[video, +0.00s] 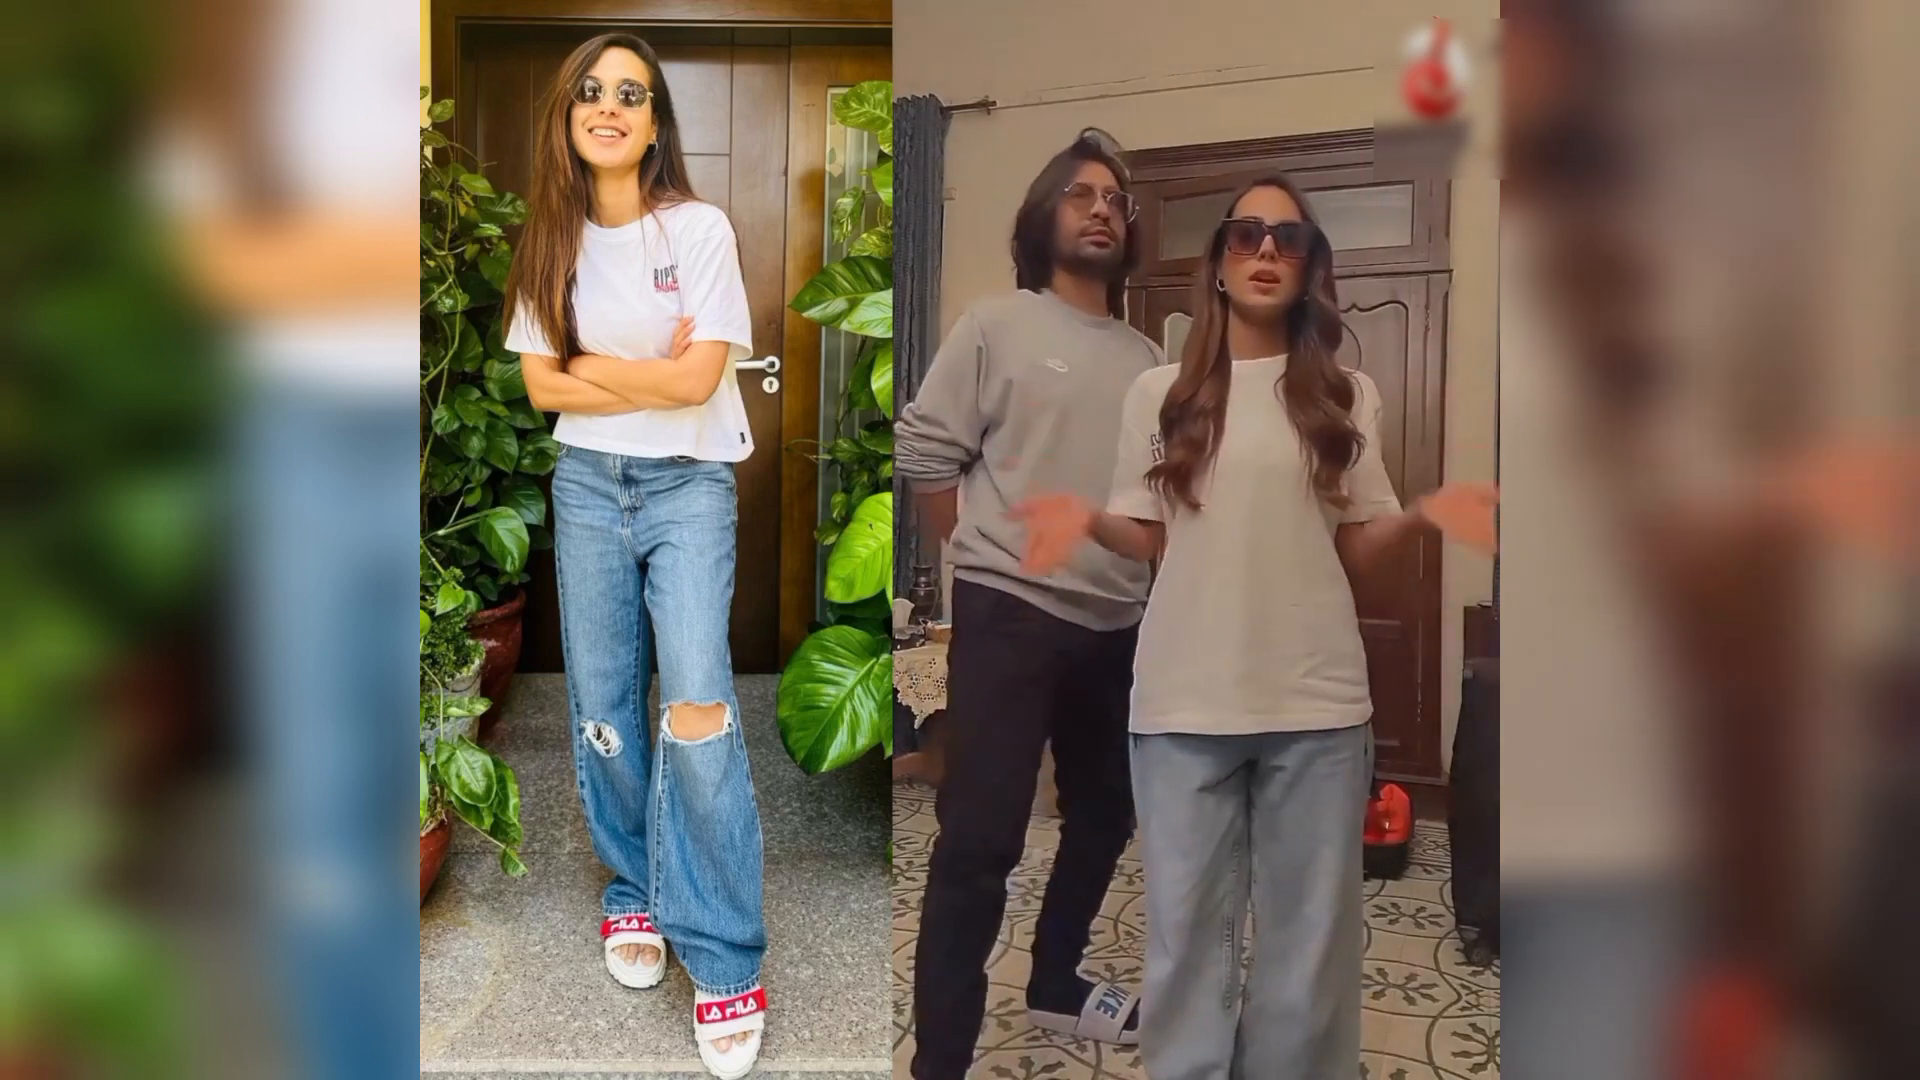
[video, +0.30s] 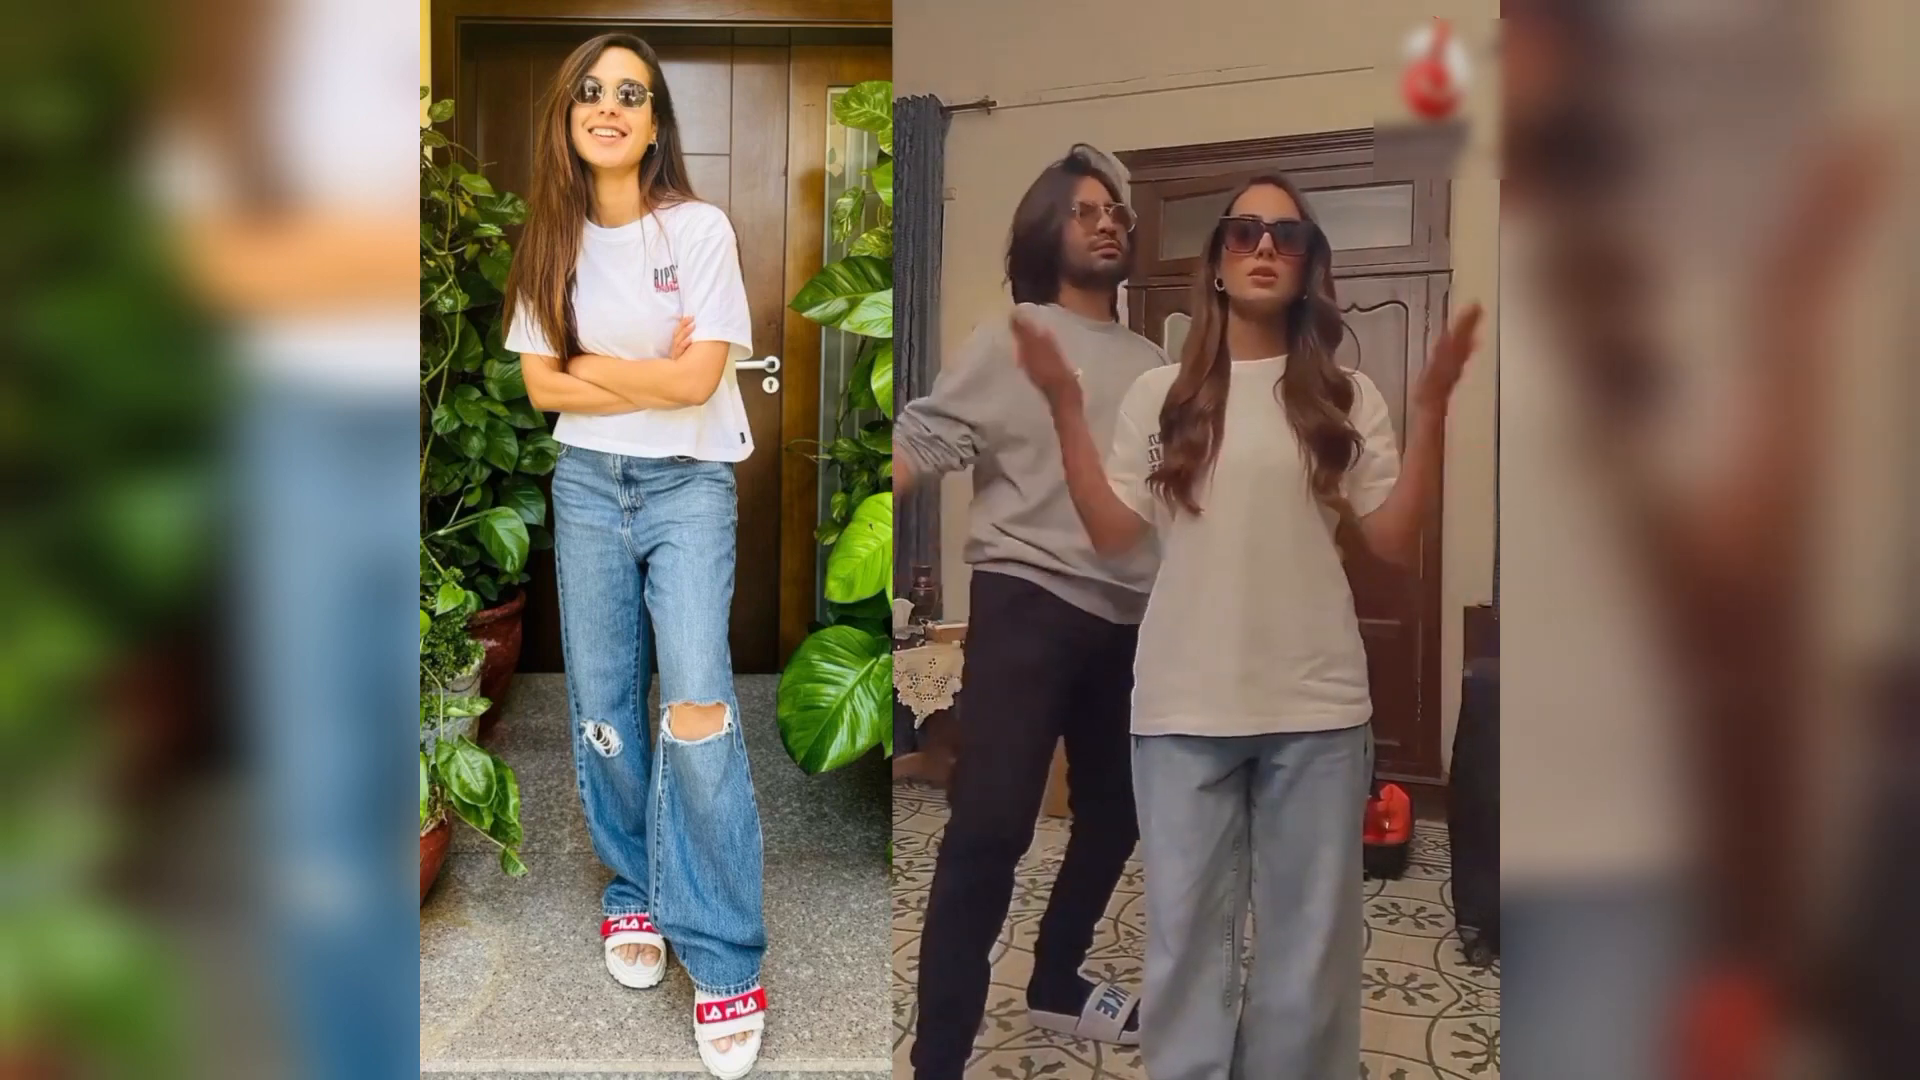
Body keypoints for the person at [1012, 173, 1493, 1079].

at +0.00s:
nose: (1266, 249)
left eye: (1287, 237)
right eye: (1248, 235)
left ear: (1313, 265)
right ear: (1219, 262)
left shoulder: (1346, 393)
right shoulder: (1162, 392)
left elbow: (1360, 552)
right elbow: (1154, 542)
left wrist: (1420, 517)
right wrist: (1093, 518)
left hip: (1317, 705)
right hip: (1182, 705)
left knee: (1310, 946)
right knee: (1182, 938)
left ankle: (1294, 1071)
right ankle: (1186, 1067)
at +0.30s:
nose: (1264, 245)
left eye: (1285, 234)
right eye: (1246, 232)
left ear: (1311, 265)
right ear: (1216, 263)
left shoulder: (1344, 392)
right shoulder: (1163, 390)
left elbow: (1394, 540)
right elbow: (1115, 532)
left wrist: (1431, 407)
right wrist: (1066, 402)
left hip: (1317, 706)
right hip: (1181, 704)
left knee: (1309, 953)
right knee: (1182, 945)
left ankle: (1294, 1072)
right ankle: (1184, 1067)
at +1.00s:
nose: (1266, 248)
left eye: (1286, 236)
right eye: (1247, 234)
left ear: (1311, 263)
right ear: (1217, 258)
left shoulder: (1347, 392)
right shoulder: (1159, 391)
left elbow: (1384, 537)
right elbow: (1105, 531)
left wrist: (1471, 451)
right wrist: (1026, 446)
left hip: (1320, 707)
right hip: (1184, 708)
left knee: (1315, 944)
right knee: (1185, 938)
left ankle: (1294, 1075)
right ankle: (1186, 1069)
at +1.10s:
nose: (1265, 249)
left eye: (1286, 238)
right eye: (1246, 236)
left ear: (1312, 265)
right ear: (1218, 263)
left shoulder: (1350, 398)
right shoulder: (1159, 398)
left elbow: (1370, 539)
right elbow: (1124, 532)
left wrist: (1430, 579)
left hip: (1321, 713)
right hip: (1182, 713)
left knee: (1312, 948)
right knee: (1185, 940)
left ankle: (1297, 1070)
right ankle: (1186, 1066)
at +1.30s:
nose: (1264, 250)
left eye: (1286, 238)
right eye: (1244, 236)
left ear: (1310, 264)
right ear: (1215, 261)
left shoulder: (1350, 394)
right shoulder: (1158, 392)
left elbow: (1410, 527)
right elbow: (1130, 541)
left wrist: (1322, 515)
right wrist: (1200, 525)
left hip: (1320, 714)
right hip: (1183, 716)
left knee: (1314, 953)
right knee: (1183, 943)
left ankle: (1296, 1073)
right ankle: (1186, 1069)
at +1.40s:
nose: (1261, 252)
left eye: (1283, 239)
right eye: (1242, 237)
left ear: (1308, 266)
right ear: (1215, 262)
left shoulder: (1348, 394)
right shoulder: (1156, 395)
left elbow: (1422, 518)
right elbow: (1128, 535)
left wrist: (1331, 494)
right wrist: (1198, 523)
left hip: (1318, 715)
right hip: (1182, 716)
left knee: (1313, 954)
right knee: (1184, 946)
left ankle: (1292, 1073)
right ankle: (1185, 1070)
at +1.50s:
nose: (1259, 251)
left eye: (1280, 239)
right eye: (1239, 237)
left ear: (1305, 267)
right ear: (1212, 262)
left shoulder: (1348, 393)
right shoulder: (1156, 395)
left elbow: (1422, 520)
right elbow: (1133, 538)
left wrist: (1344, 506)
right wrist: (1217, 504)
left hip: (1321, 714)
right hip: (1183, 716)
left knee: (1314, 955)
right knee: (1184, 947)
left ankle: (1292, 1074)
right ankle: (1186, 1071)